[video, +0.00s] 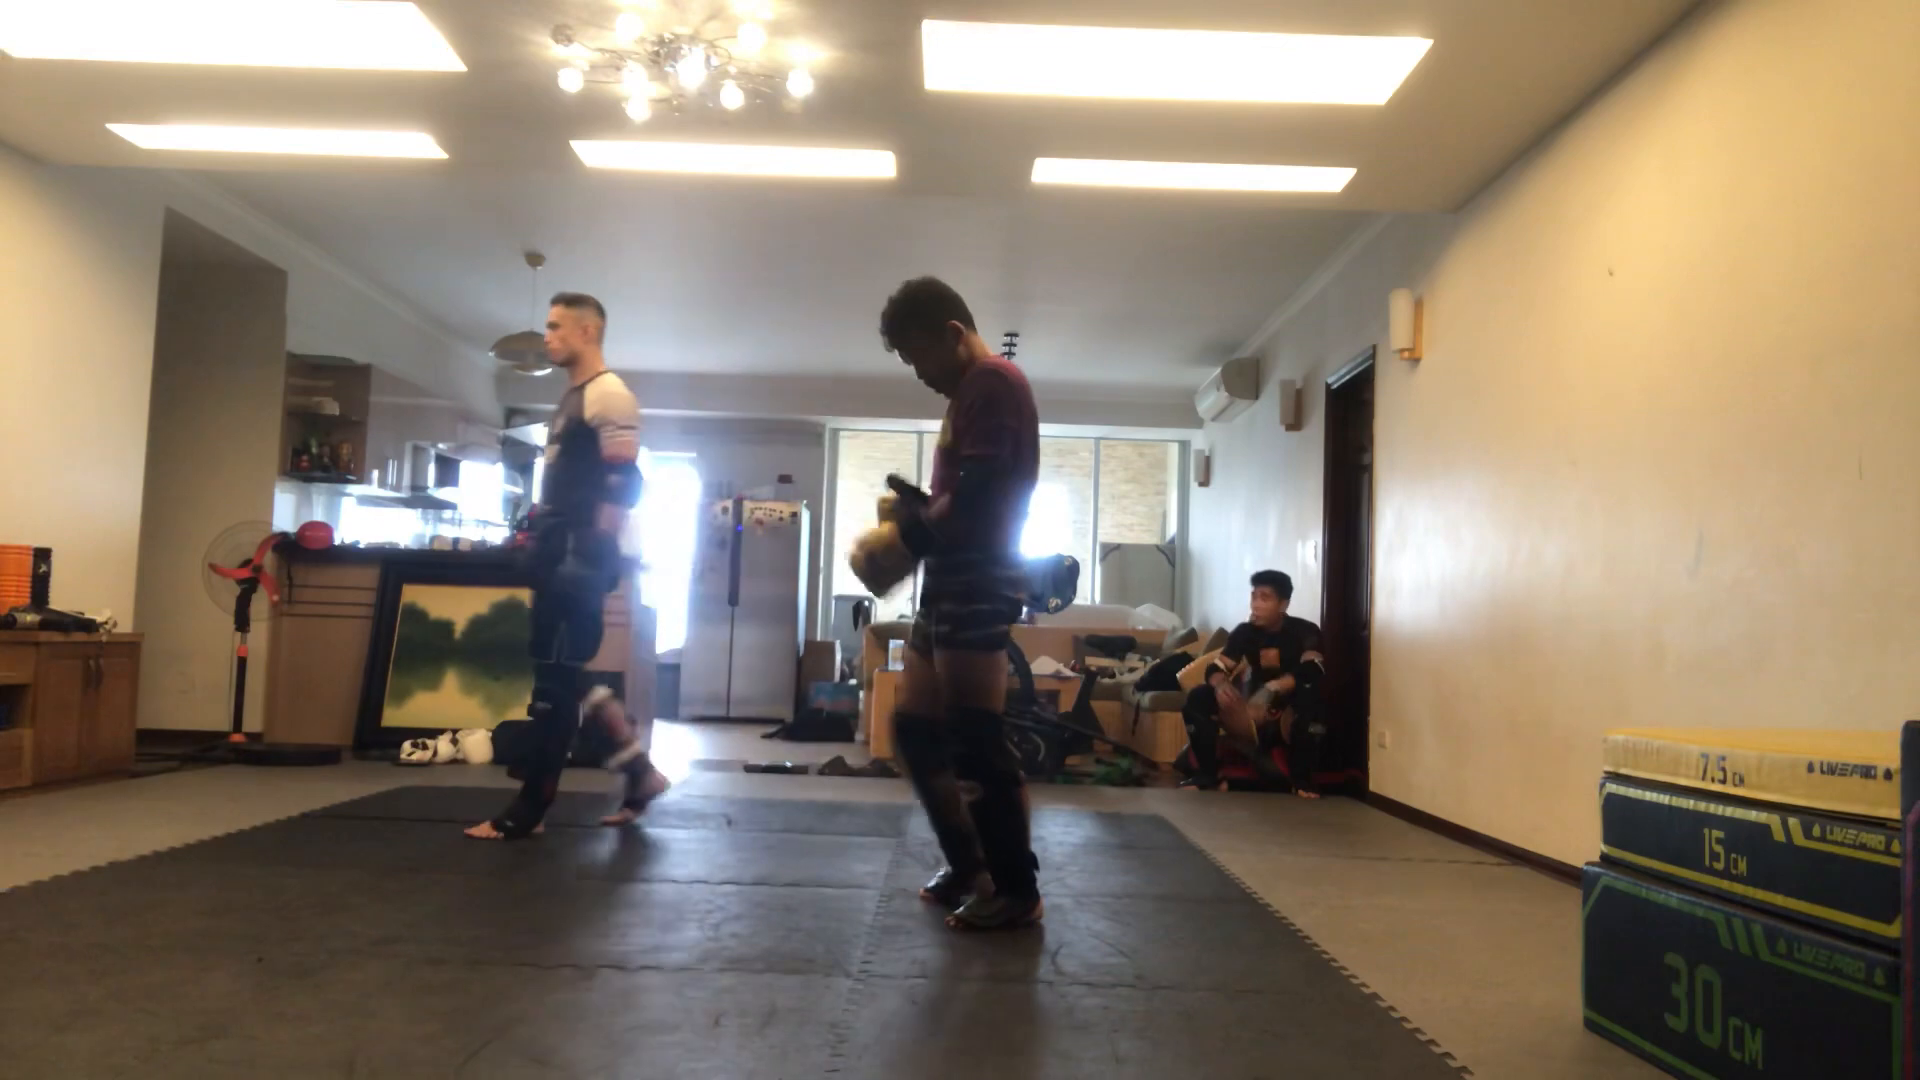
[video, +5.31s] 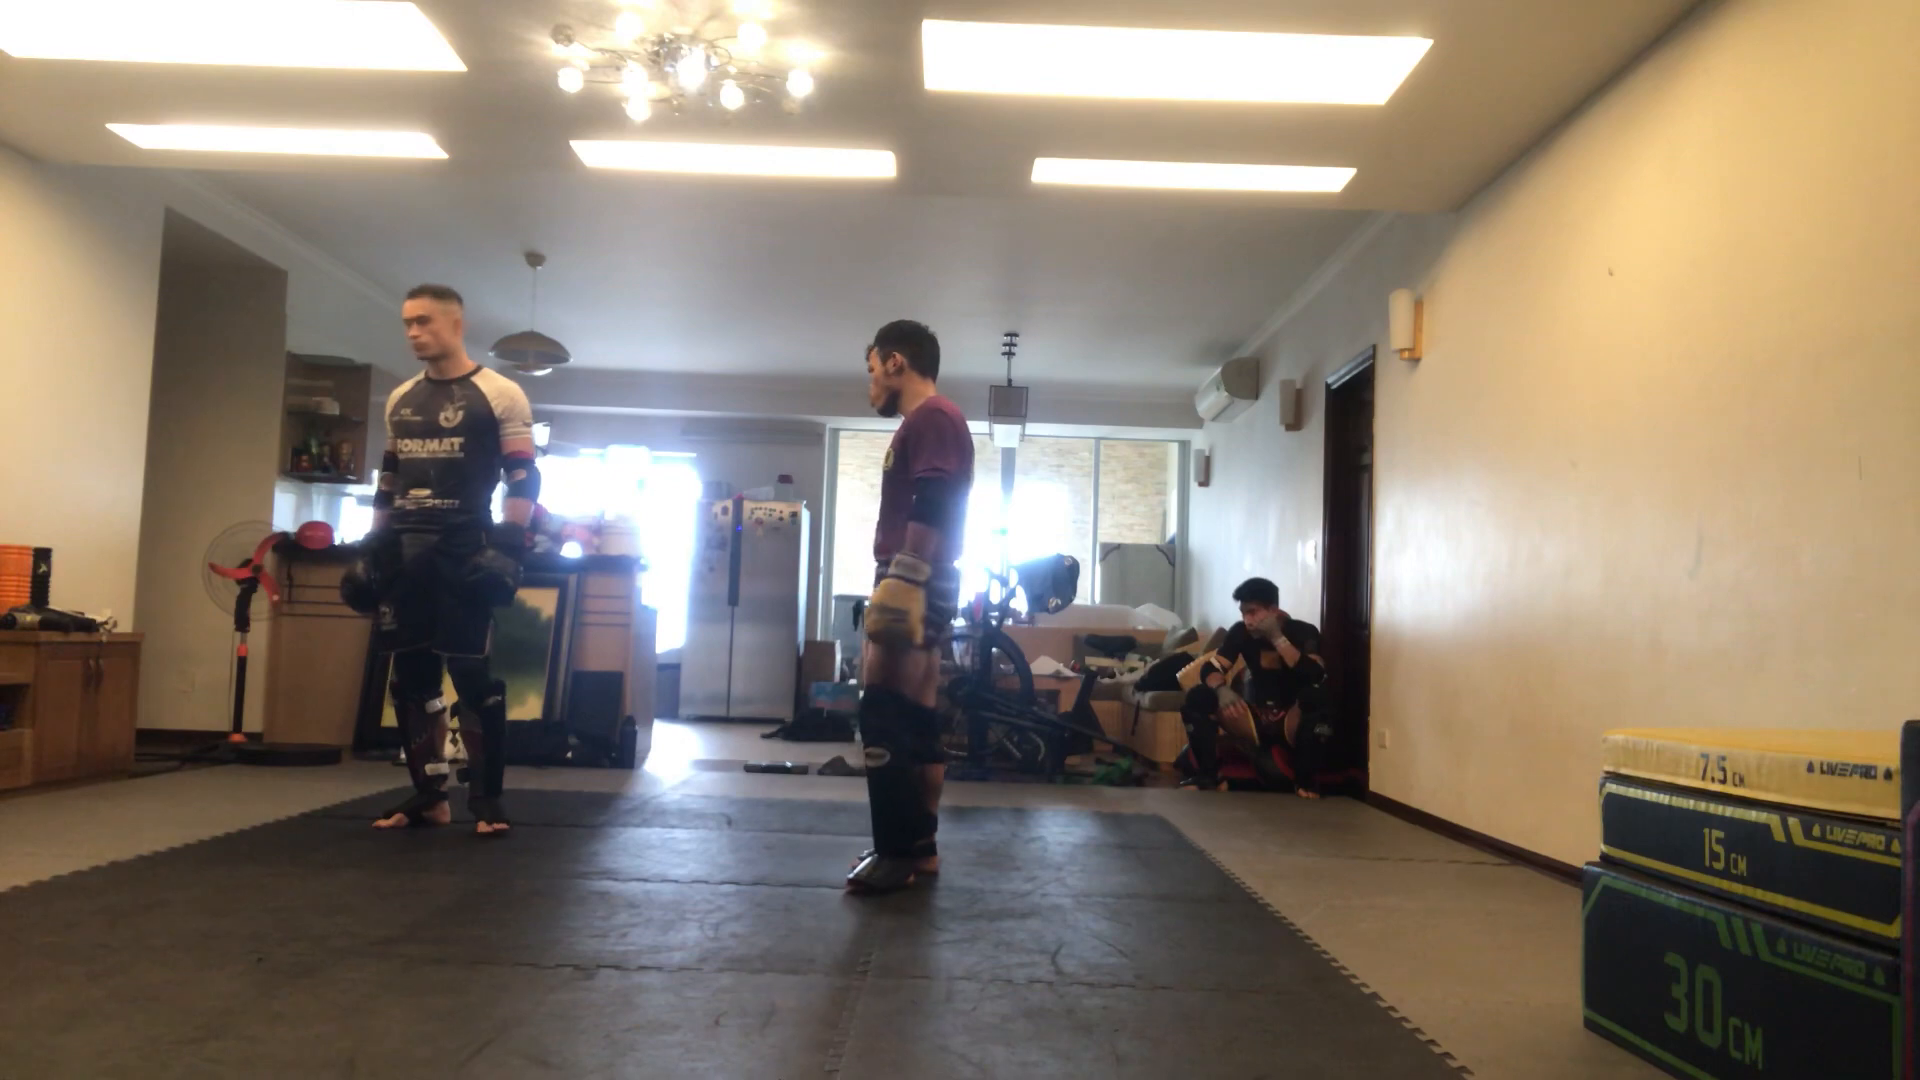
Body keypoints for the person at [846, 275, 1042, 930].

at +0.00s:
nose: (915, 371)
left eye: (916, 356)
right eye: (908, 360)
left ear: (954, 334)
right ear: (951, 339)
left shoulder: (993, 387)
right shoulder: (970, 394)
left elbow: (977, 511)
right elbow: (956, 500)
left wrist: (913, 531)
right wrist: (914, 522)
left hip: (978, 586)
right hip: (948, 586)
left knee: (977, 732)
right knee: (915, 727)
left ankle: (1017, 891)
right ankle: (968, 865)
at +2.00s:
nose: (963, 347)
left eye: (974, 333)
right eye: (960, 333)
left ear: (1018, 328)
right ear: (969, 329)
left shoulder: (1042, 391)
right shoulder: (972, 390)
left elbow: (966, 464)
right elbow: (918, 446)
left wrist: (884, 503)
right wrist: (868, 478)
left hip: (993, 576)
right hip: (945, 575)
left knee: (988, 735)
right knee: (919, 728)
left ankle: (1017, 893)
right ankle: (899, 869)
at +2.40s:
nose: (944, 331)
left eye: (952, 318)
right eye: (943, 318)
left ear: (993, 318)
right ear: (983, 319)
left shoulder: (1026, 385)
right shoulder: (979, 392)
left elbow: (1016, 500)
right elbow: (965, 493)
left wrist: (959, 570)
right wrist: (905, 521)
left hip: (1019, 576)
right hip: (978, 572)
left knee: (1008, 732)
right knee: (927, 715)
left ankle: (1018, 894)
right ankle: (912, 862)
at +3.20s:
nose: (904, 347)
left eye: (911, 333)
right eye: (905, 335)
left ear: (944, 333)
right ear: (956, 337)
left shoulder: (962, 383)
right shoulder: (980, 388)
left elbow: (966, 483)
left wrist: (912, 562)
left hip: (975, 569)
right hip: (990, 568)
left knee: (929, 717)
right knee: (963, 726)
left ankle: (930, 869)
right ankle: (956, 872)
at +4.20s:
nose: (850, 352)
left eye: (855, 338)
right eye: (851, 338)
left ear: (881, 341)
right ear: (904, 343)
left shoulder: (910, 414)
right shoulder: (927, 408)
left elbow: (885, 531)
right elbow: (901, 526)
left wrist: (841, 609)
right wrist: (854, 601)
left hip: (900, 591)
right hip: (913, 588)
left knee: (876, 726)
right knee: (872, 716)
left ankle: (877, 870)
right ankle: (924, 823)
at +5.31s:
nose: (868, 379)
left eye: (871, 367)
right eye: (868, 368)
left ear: (895, 362)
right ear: (913, 364)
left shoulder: (932, 419)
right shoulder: (933, 420)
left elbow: (928, 511)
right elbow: (926, 514)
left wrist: (900, 587)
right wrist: (899, 588)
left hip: (909, 590)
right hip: (926, 591)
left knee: (883, 720)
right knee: (919, 724)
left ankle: (897, 852)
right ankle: (918, 846)